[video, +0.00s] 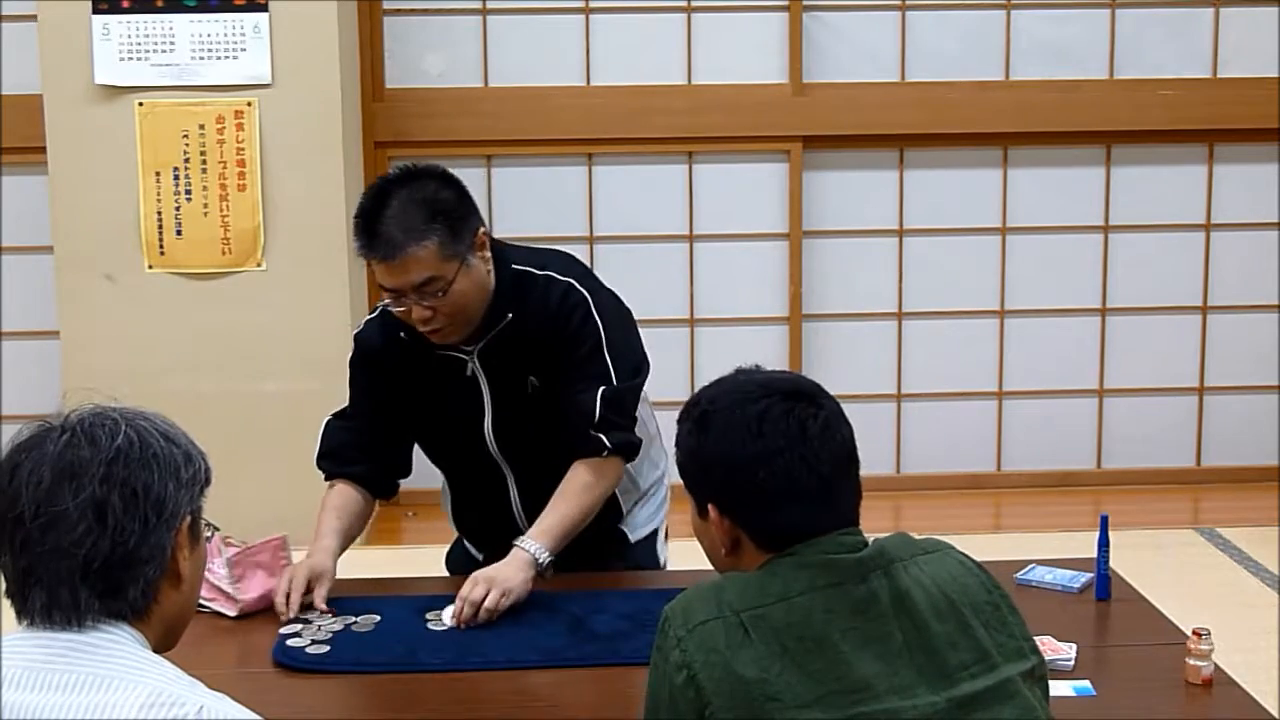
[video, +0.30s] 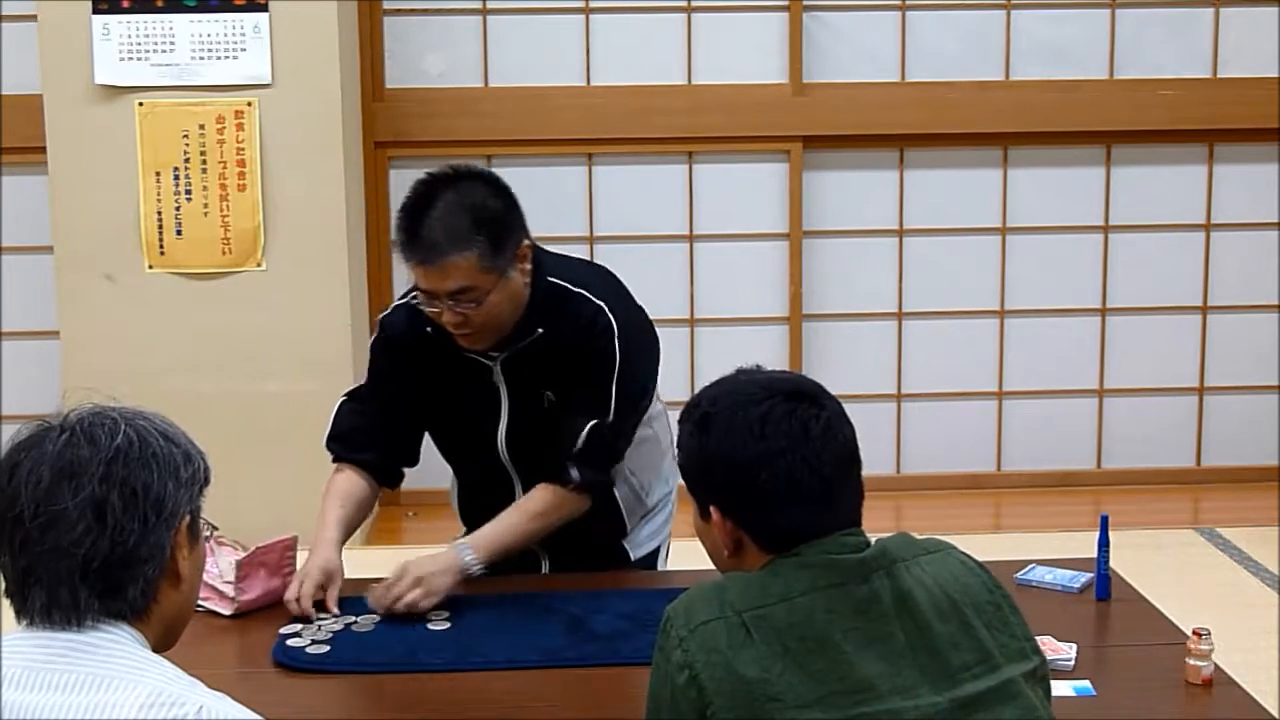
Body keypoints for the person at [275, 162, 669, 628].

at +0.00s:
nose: (418, 314)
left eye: (433, 289)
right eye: (395, 296)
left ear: (481, 249)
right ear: (377, 275)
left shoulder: (570, 301)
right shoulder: (385, 343)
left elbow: (606, 450)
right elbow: (360, 463)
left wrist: (526, 557)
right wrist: (323, 548)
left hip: (605, 540)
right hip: (488, 546)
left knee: (607, 706)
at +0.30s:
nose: (447, 316)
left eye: (465, 298)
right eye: (429, 298)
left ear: (522, 261)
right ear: (415, 273)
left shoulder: (602, 320)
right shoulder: (409, 329)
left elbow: (578, 482)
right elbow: (368, 449)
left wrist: (461, 557)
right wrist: (325, 544)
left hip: (609, 512)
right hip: (491, 515)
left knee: (603, 679)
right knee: (496, 671)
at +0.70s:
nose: (471, 321)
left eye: (492, 301)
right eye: (451, 300)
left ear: (544, 264)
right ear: (434, 271)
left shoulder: (616, 332)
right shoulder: (421, 318)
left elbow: (590, 491)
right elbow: (384, 437)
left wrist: (462, 552)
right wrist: (325, 538)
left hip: (610, 529)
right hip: (492, 521)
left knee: (598, 691)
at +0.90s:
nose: (445, 324)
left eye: (463, 303)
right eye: (422, 306)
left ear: (510, 259)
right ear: (402, 279)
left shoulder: (605, 324)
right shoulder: (394, 330)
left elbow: (655, 467)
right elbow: (358, 448)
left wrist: (559, 551)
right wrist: (338, 557)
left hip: (601, 559)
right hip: (475, 558)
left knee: (594, 700)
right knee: (463, 703)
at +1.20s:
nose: (403, 326)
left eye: (418, 305)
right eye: (382, 310)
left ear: (468, 258)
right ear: (363, 284)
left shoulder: (561, 319)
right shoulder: (364, 332)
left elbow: (594, 475)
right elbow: (329, 444)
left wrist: (476, 546)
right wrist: (309, 540)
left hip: (585, 536)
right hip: (469, 546)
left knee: (591, 699)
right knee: (482, 695)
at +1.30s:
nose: (396, 325)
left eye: (409, 302)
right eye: (373, 309)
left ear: (457, 255)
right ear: (354, 286)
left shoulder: (553, 317)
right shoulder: (359, 330)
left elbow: (564, 477)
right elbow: (329, 447)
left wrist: (448, 548)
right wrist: (313, 542)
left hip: (583, 525)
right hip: (468, 532)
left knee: (587, 692)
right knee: (483, 688)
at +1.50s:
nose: (381, 325)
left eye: (393, 301)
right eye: (359, 310)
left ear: (440, 253)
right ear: (339, 288)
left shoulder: (539, 311)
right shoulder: (349, 331)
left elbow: (562, 470)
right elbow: (326, 442)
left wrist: (447, 545)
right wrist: (317, 538)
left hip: (580, 520)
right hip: (464, 528)